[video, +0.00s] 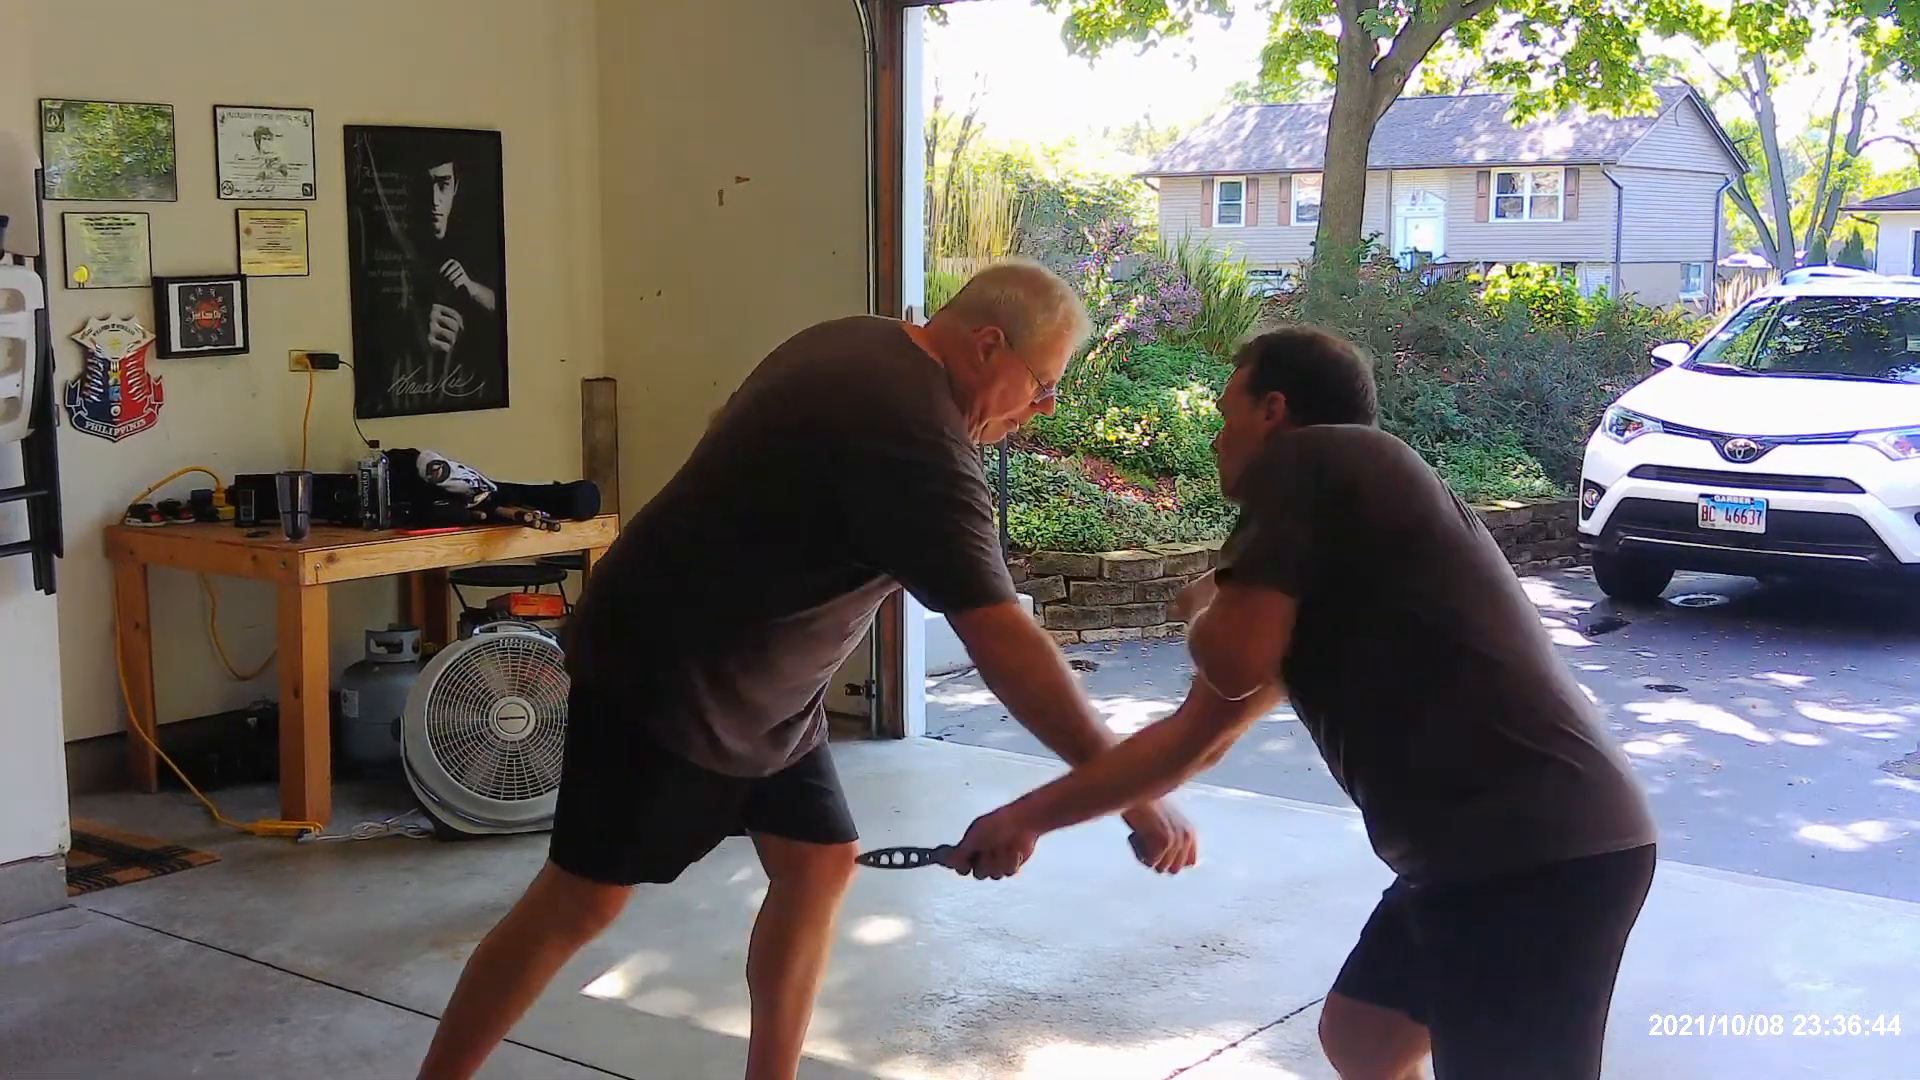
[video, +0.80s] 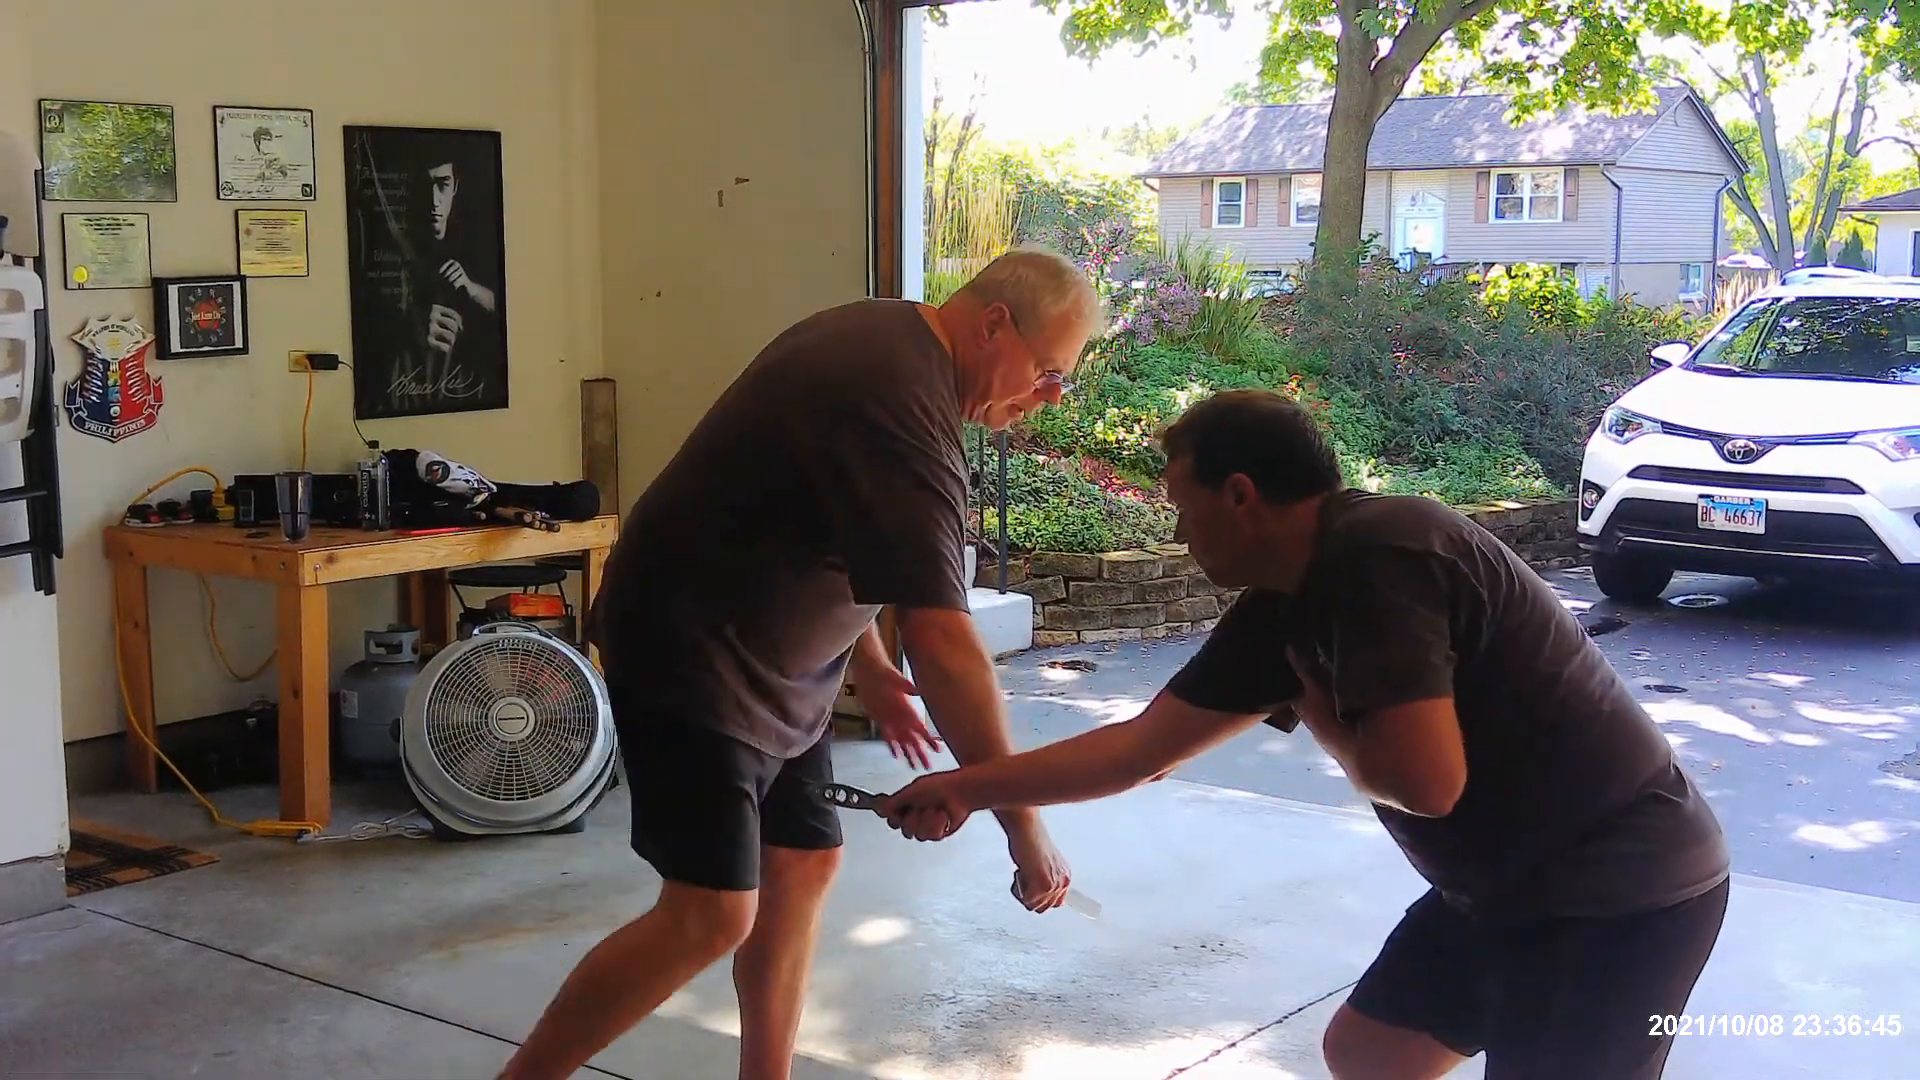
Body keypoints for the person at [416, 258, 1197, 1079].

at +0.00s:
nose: (1040, 409)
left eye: (1051, 391)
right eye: (1043, 384)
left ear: (972, 335)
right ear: (988, 347)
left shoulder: (862, 353)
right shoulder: (914, 430)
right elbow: (999, 636)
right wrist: (1129, 789)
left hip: (764, 670)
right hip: (657, 660)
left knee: (817, 856)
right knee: (583, 895)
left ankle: (772, 1068)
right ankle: (441, 1069)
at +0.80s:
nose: (1047, 397)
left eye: (1058, 381)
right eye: (1048, 372)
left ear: (988, 324)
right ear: (992, 327)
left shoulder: (892, 346)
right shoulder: (897, 399)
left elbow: (816, 521)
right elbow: (944, 644)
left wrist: (869, 662)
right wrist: (1022, 824)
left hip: (780, 641)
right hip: (688, 636)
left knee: (803, 857)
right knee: (713, 909)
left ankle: (767, 1073)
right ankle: (526, 1072)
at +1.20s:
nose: (1027, 401)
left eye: (1036, 384)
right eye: (1024, 377)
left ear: (964, 326)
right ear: (962, 326)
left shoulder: (940, 394)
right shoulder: (877, 402)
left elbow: (957, 579)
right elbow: (909, 654)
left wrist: (987, 740)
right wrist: (957, 816)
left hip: (742, 648)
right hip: (675, 652)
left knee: (770, 907)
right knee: (775, 919)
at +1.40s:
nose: (1021, 420)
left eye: (1035, 404)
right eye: (1026, 396)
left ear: (969, 341)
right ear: (971, 346)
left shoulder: (920, 390)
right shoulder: (871, 410)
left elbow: (934, 582)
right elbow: (864, 676)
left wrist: (963, 746)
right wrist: (910, 808)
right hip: (665, 662)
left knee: (699, 889)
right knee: (775, 921)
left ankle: (685, 1067)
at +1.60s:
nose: (1012, 426)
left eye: (1027, 410)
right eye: (1016, 401)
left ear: (957, 341)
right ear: (962, 348)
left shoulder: (873, 357)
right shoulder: (868, 426)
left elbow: (904, 573)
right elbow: (851, 686)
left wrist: (949, 720)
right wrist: (895, 781)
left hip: (616, 638)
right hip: (674, 674)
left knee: (638, 875)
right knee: (774, 927)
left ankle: (567, 1067)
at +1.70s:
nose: (1002, 422)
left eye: (1016, 407)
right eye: (1008, 399)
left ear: (952, 339)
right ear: (957, 347)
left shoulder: (852, 353)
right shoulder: (867, 428)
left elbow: (891, 569)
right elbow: (853, 686)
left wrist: (946, 710)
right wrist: (887, 780)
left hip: (605, 638)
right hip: (674, 673)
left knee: (619, 873)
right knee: (779, 925)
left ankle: (540, 1066)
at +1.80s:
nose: (988, 413)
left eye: (1001, 398)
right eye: (992, 390)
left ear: (927, 333)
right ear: (934, 339)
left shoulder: (831, 349)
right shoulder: (852, 425)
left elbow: (881, 569)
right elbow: (853, 670)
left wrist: (945, 700)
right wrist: (897, 795)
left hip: (599, 649)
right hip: (666, 682)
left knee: (613, 880)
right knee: (781, 927)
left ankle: (537, 1067)